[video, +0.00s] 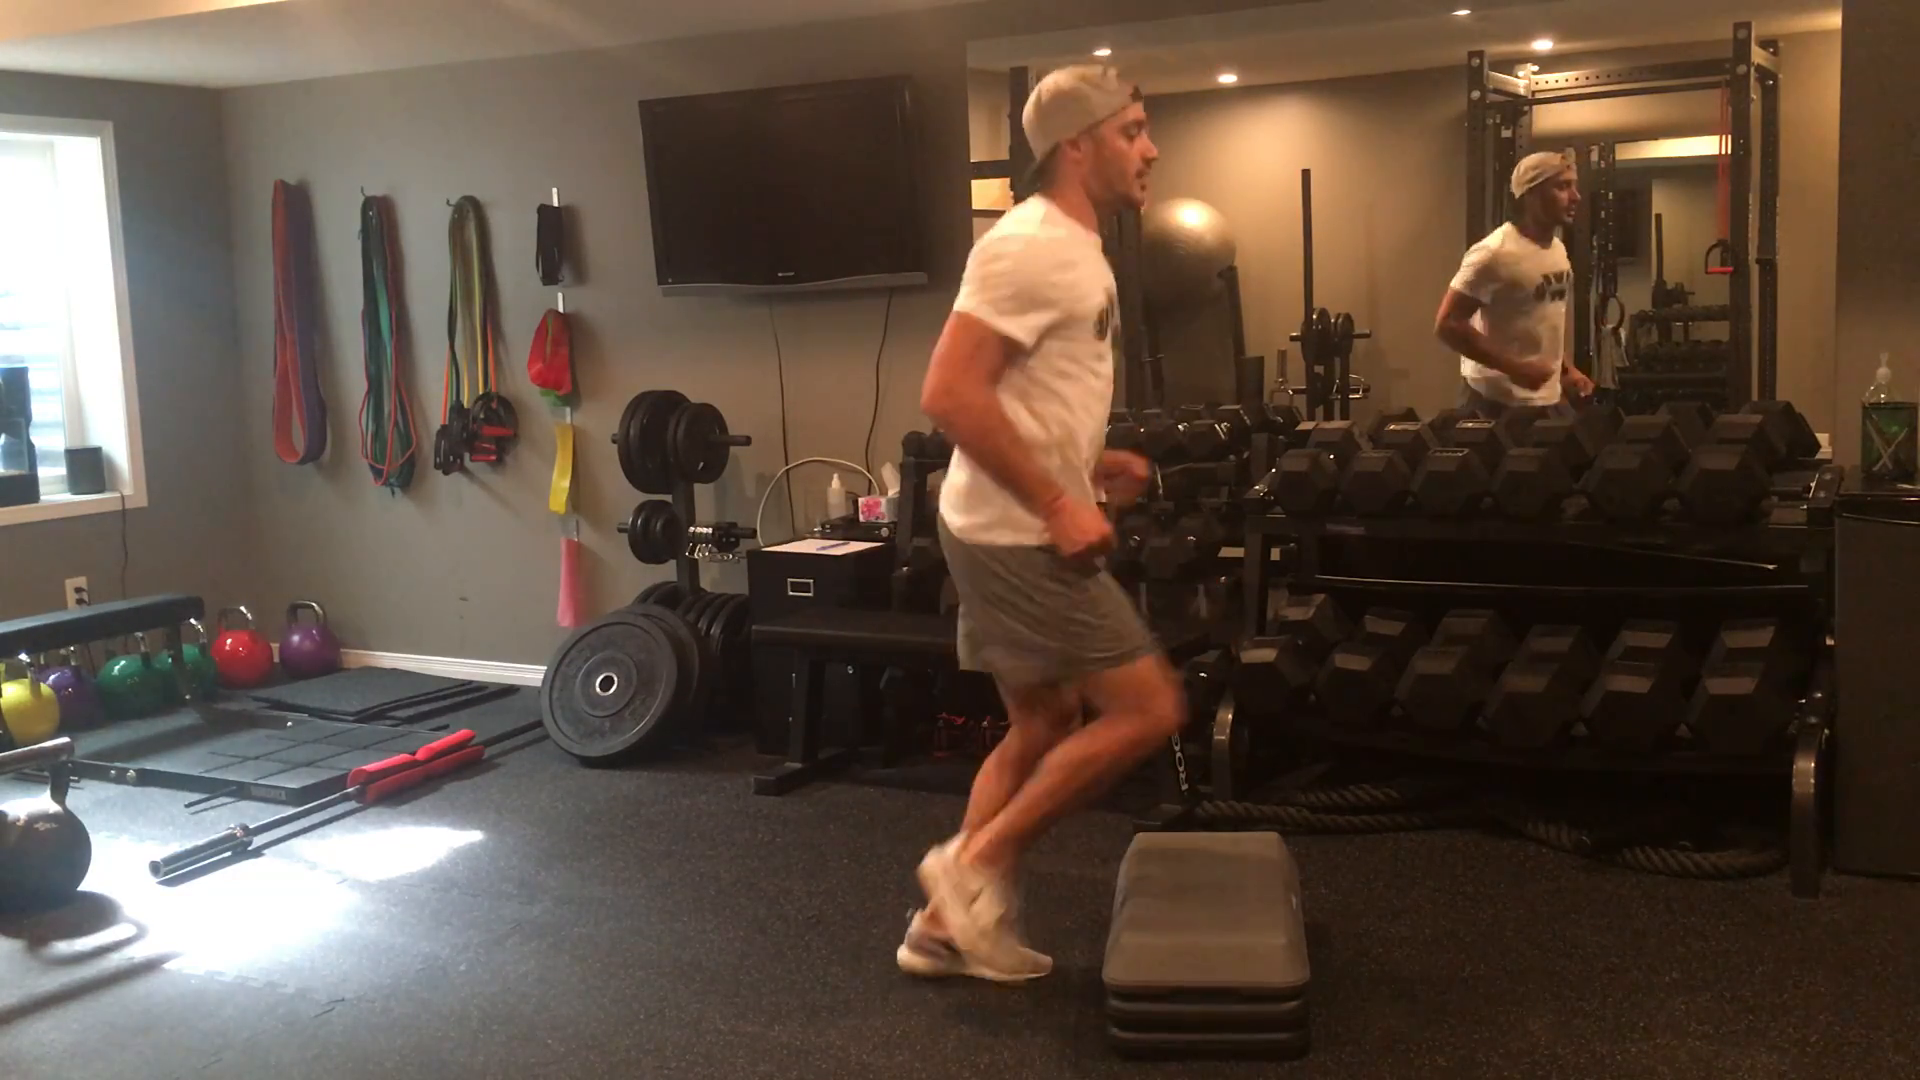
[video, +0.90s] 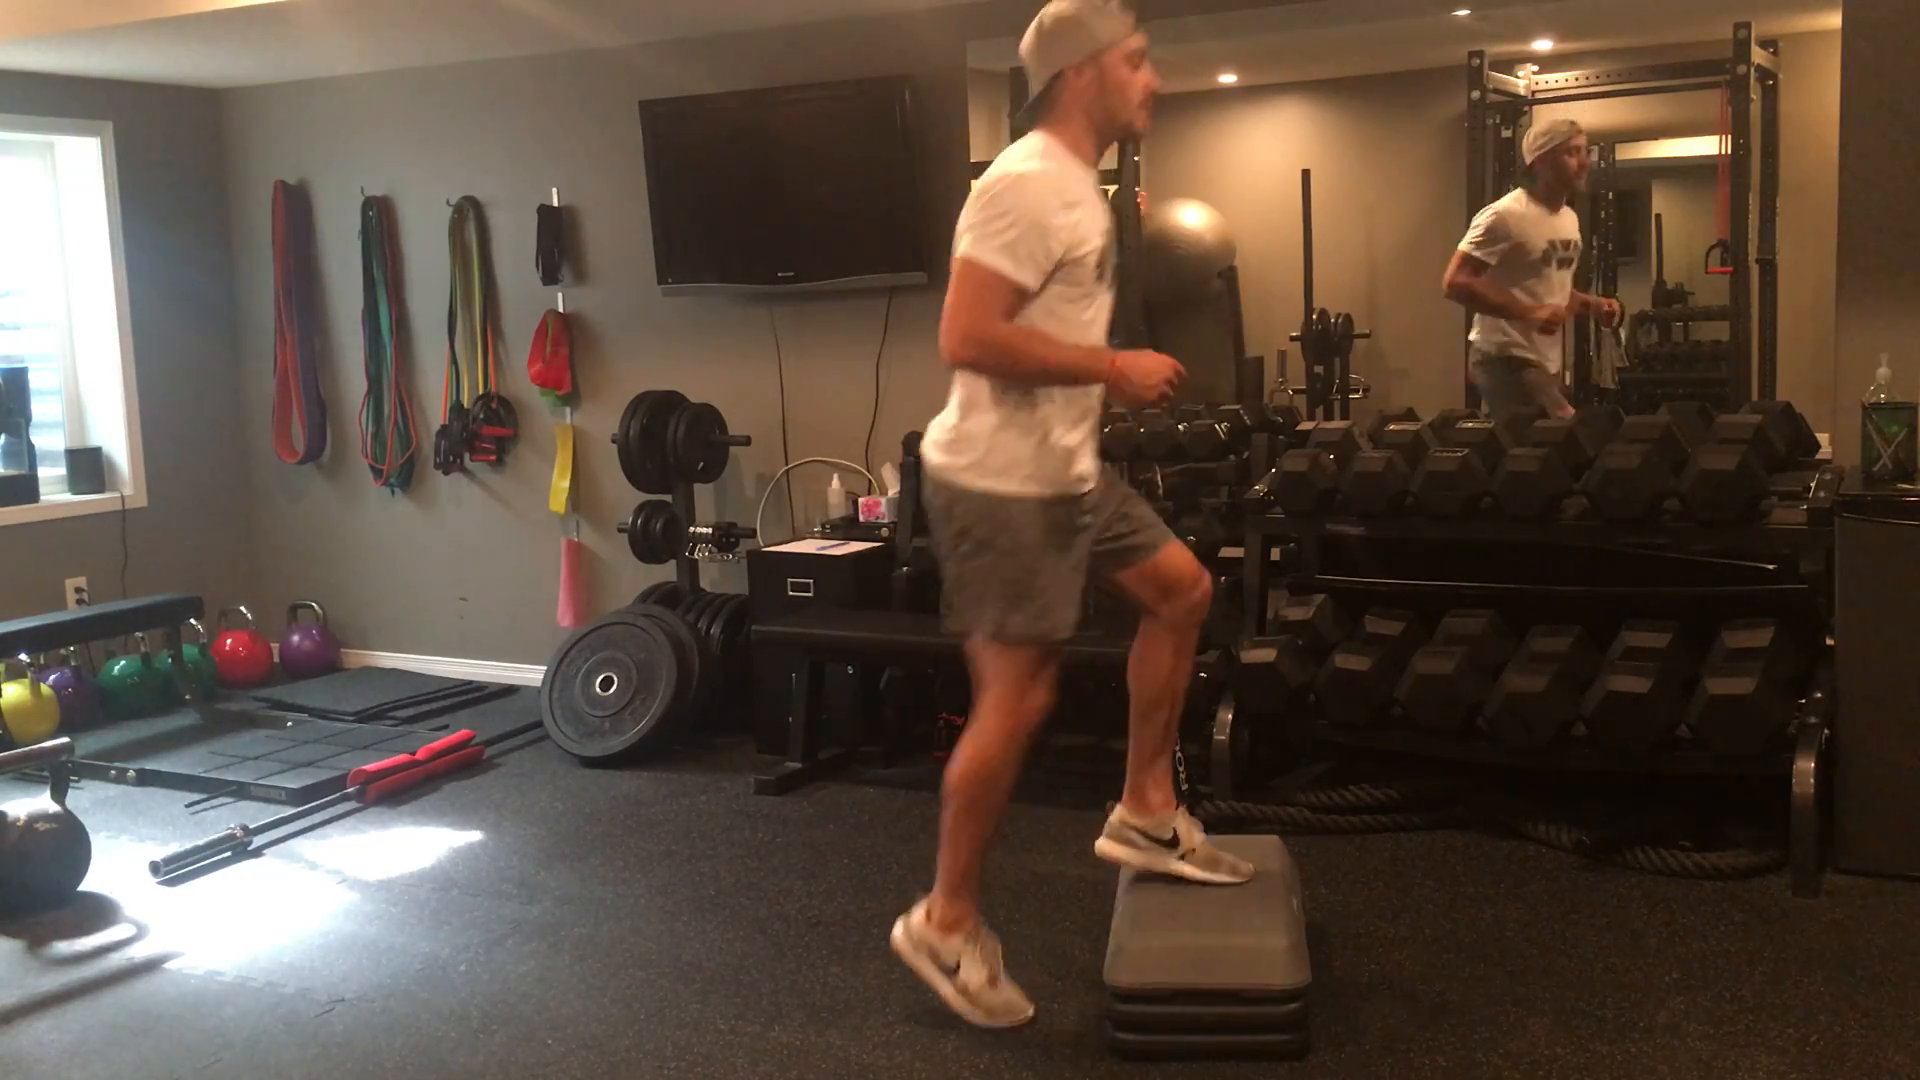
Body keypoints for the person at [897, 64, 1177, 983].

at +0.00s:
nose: (1148, 149)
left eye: (1145, 131)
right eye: (1132, 133)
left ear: (1083, 150)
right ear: (1078, 147)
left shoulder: (1070, 248)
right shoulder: (1031, 244)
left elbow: (1004, 399)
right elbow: (951, 393)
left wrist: (1090, 459)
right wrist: (1056, 503)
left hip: (1014, 524)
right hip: (1011, 526)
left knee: (1042, 726)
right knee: (1147, 706)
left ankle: (945, 921)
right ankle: (974, 862)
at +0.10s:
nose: (1155, 158)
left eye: (1151, 139)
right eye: (1137, 142)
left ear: (1092, 162)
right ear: (1082, 161)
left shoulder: (1081, 262)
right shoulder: (1039, 262)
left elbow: (1043, 408)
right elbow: (946, 393)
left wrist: (1141, 436)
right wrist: (1051, 502)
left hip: (1012, 534)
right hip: (1021, 534)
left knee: (1033, 737)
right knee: (1217, 645)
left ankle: (944, 924)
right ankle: (1051, 809)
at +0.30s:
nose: (1186, 69)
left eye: (1178, 52)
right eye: (1166, 54)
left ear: (1124, 80)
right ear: (1112, 79)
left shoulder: (1121, 182)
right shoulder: (1074, 181)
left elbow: (1076, 332)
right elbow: (1001, 331)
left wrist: (1166, 352)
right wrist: (1142, 379)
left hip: (1068, 461)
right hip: (1077, 466)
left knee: (1124, 650)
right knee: (1224, 630)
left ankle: (986, 836)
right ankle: (1141, 850)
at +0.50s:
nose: (1204, 15)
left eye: (1201, 3)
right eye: (1188, 0)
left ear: (1134, 17)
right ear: (1129, 10)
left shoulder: (1131, 116)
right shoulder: (1088, 112)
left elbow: (1089, 276)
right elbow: (1045, 273)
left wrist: (1179, 324)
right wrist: (1179, 316)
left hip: (1115, 399)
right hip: (1075, 407)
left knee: (1202, 568)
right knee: (1167, 606)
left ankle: (1103, 780)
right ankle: (1138, 838)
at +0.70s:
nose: (1194, 40)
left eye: (1192, 22)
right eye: (1176, 20)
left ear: (1132, 39)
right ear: (1116, 33)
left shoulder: (1122, 145)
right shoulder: (1069, 136)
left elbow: (1078, 291)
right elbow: (1001, 285)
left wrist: (1159, 341)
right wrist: (1143, 341)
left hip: (1104, 431)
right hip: (1058, 436)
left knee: (1175, 625)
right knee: (1165, 628)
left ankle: (1143, 837)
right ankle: (1024, 823)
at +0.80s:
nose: (1177, 61)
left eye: (1173, 42)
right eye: (1159, 41)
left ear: (1118, 62)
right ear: (1099, 58)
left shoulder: (1110, 171)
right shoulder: (1051, 164)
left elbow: (1055, 316)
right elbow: (982, 312)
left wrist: (1142, 359)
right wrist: (1124, 361)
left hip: (1099, 452)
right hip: (1039, 459)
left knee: (1182, 612)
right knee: (1110, 664)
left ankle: (1144, 830)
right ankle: (968, 859)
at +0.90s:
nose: (1153, 81)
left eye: (1148, 63)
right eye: (1136, 62)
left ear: (1086, 82)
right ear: (1078, 78)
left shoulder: (1076, 186)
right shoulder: (1021, 184)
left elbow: (1025, 333)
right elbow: (966, 335)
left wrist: (1109, 374)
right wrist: (1111, 365)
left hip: (1064, 471)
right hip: (995, 480)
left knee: (1179, 590)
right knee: (1014, 698)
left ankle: (1148, 807)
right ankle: (944, 920)